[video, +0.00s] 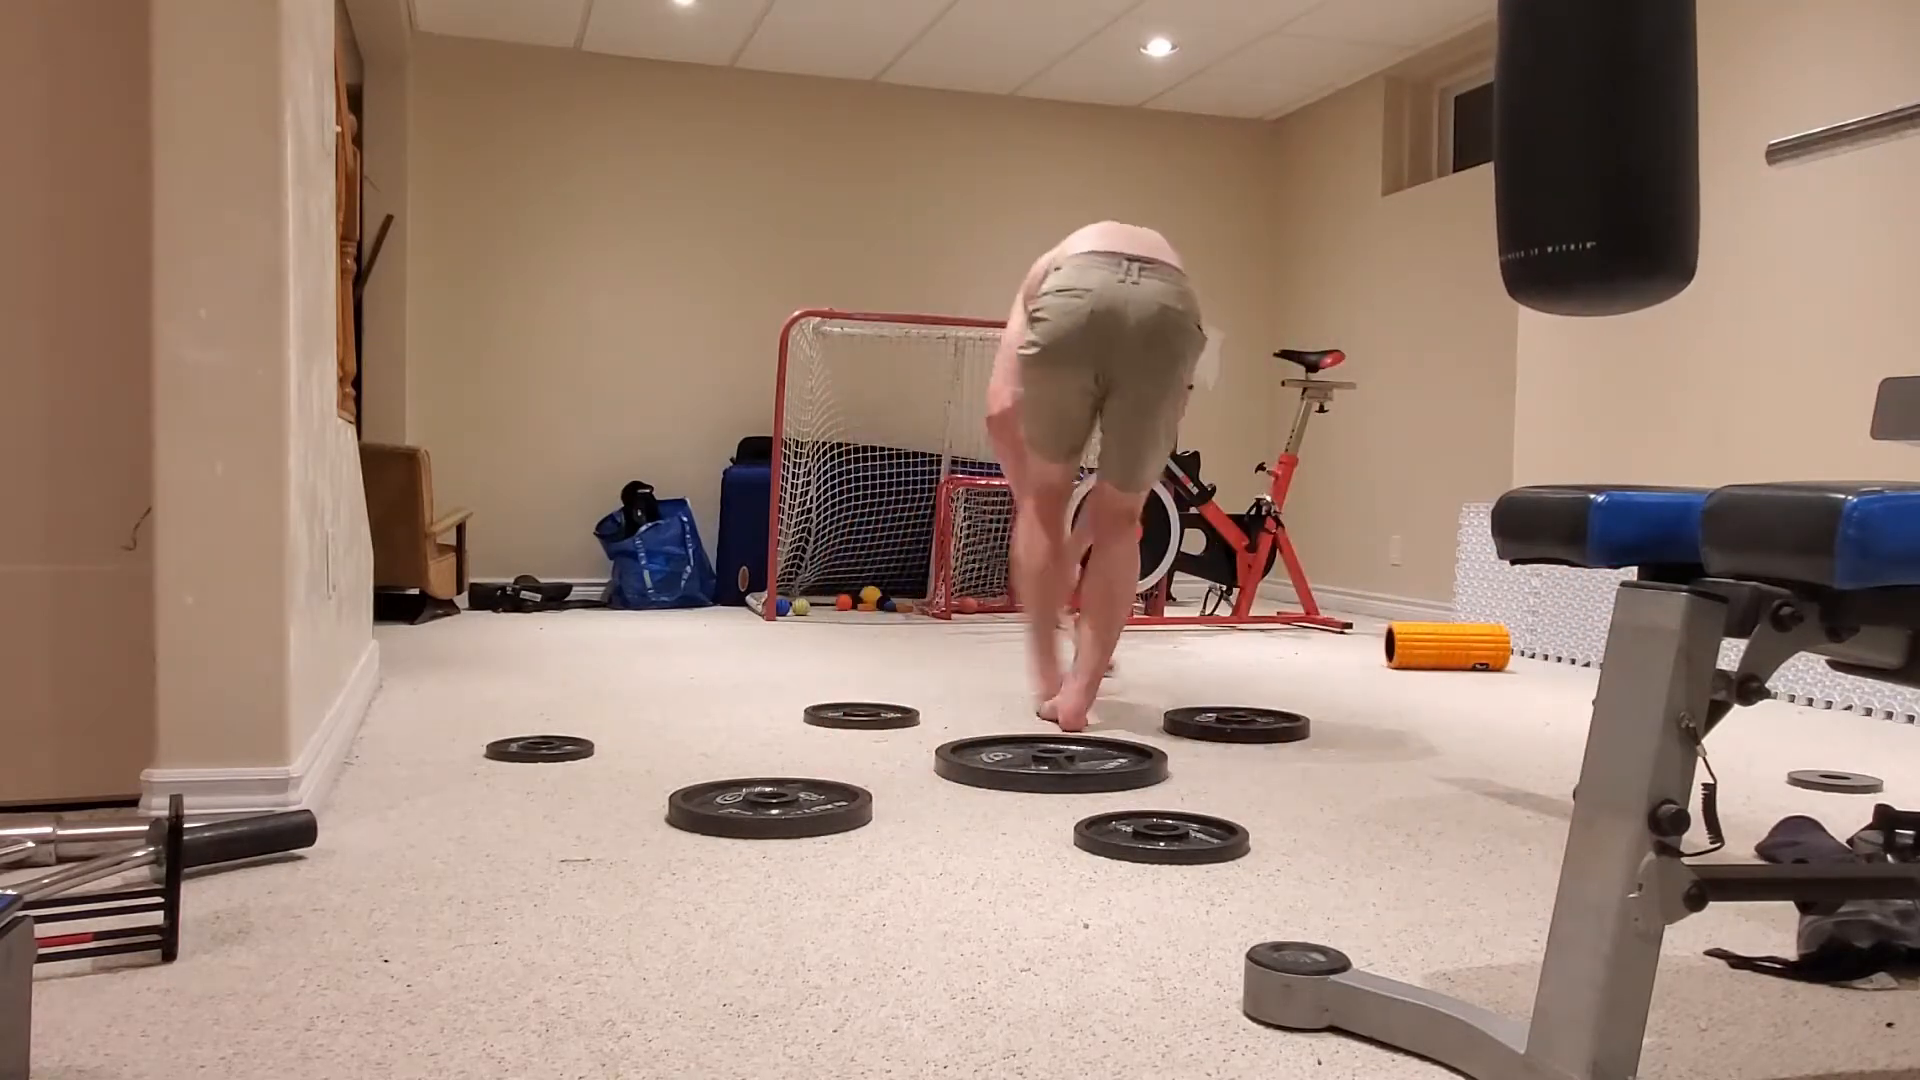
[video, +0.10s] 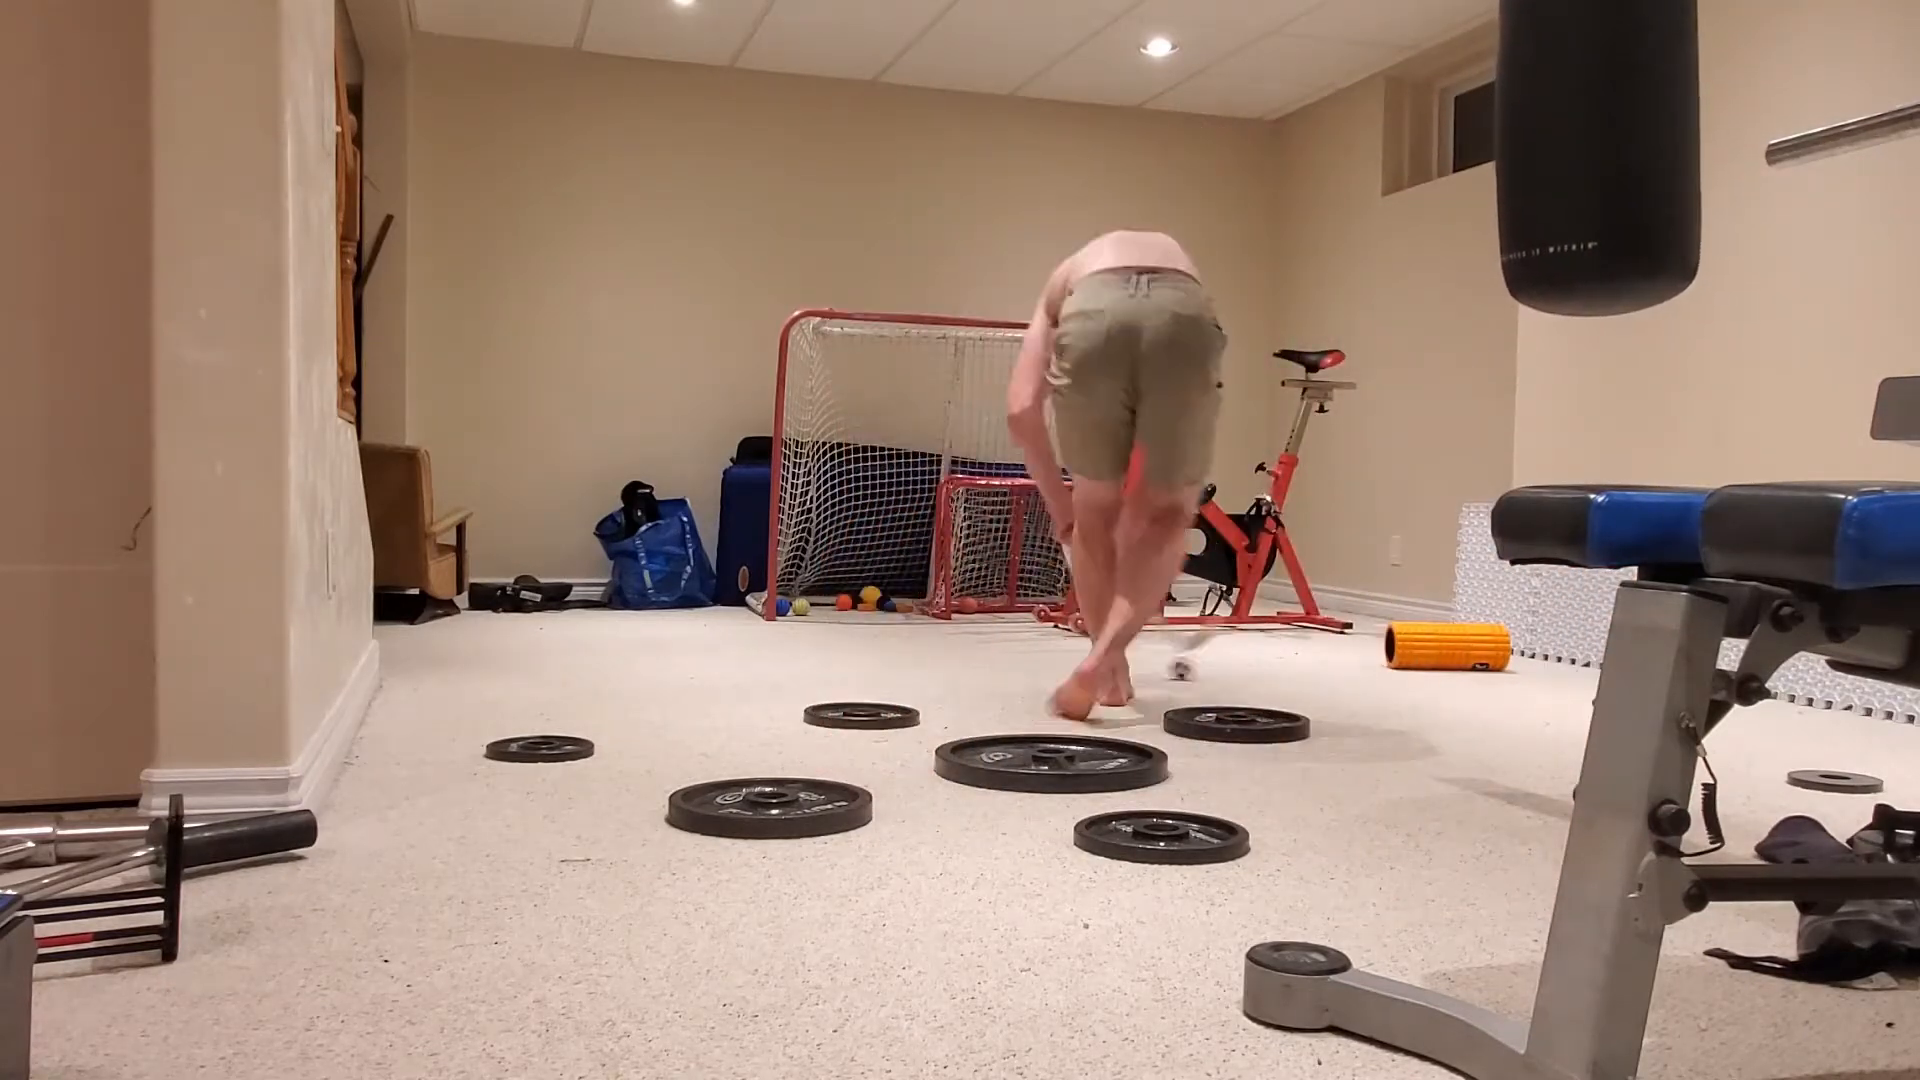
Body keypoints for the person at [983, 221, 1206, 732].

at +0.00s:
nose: (1074, 606)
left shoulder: (1046, 277)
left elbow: (1002, 409)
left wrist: (1045, 546)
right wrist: (1072, 552)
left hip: (1073, 290)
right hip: (1169, 302)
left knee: (1043, 504)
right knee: (1119, 516)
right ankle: (1079, 692)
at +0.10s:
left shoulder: (1063, 279)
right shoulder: (1182, 266)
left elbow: (1022, 408)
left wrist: (1060, 510)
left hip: (1092, 312)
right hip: (1184, 314)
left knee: (1095, 513)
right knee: (1165, 511)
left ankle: (1113, 671)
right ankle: (1100, 658)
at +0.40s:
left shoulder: (1159, 292)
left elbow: (1109, 393)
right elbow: (1234, 464)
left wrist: (1124, 468)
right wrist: (1182, 542)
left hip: (1196, 297)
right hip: (1285, 306)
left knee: (1141, 503)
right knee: (1305, 510)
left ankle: (1110, 675)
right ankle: (1359, 680)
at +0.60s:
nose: (1247, 315)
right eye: (1247, 308)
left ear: (1233, 241)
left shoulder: (1231, 229)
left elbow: (1189, 286)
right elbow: (1233, 398)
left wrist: (1139, 384)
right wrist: (1142, 434)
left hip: (1309, 298)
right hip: (1389, 320)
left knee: (1213, 494)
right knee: (1344, 520)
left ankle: (1146, 664)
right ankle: (1361, 683)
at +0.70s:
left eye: (1233, 191)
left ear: (1243, 175)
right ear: (1280, 171)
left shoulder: (1248, 179)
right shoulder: (1340, 199)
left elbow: (1229, 225)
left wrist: (1178, 328)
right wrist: (1249, 440)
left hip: (1338, 290)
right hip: (1415, 303)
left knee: (1257, 481)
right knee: (1355, 504)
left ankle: (1228, 671)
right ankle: (1364, 683)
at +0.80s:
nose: (1238, 193)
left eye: (1235, 180)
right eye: (1234, 189)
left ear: (1245, 148)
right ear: (1293, 135)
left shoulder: (1254, 150)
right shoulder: (1352, 169)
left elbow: (1274, 187)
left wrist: (1232, 296)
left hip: (1361, 290)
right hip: (1431, 299)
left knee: (1296, 484)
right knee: (1371, 502)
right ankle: (1368, 679)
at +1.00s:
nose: (1270, 151)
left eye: (1267, 140)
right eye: (1268, 143)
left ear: (1275, 124)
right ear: (1330, 115)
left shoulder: (1295, 137)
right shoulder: (1396, 161)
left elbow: (1328, 186)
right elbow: (1484, 244)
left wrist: (1325, 288)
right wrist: (1534, 325)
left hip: (1394, 308)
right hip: (1450, 324)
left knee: (1345, 503)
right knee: (1388, 497)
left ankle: (1402, 691)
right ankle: (1409, 651)